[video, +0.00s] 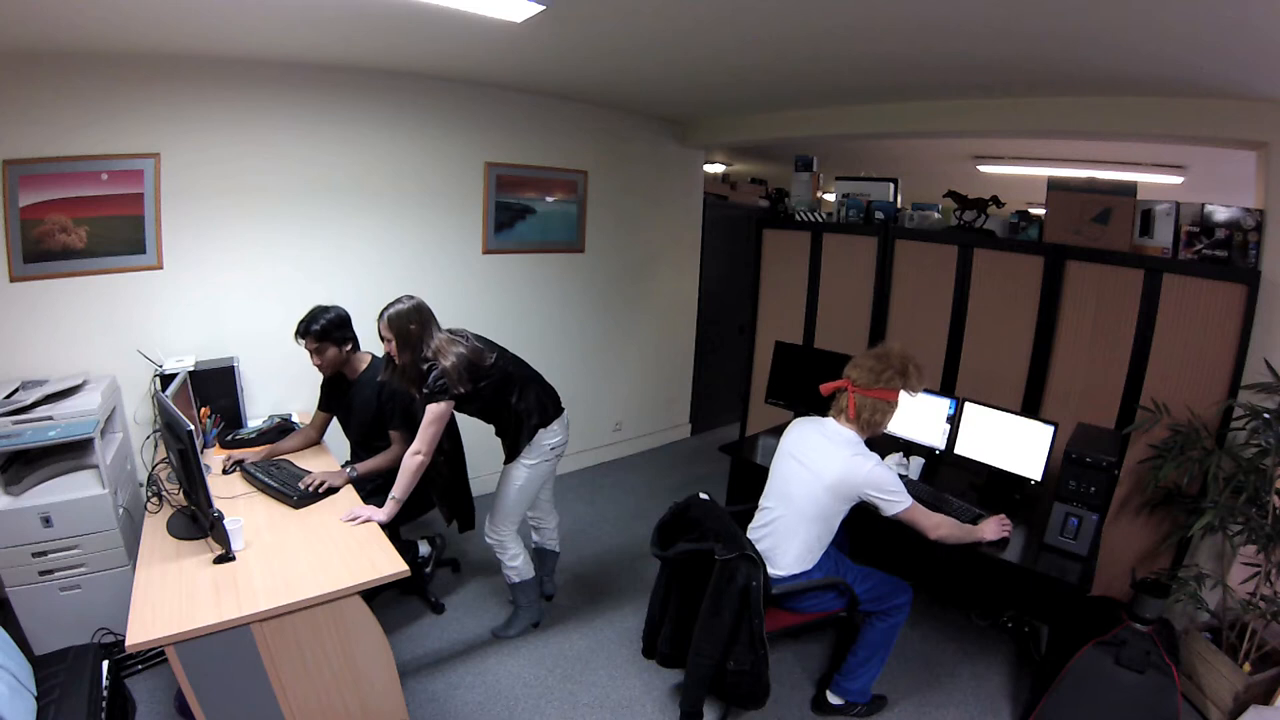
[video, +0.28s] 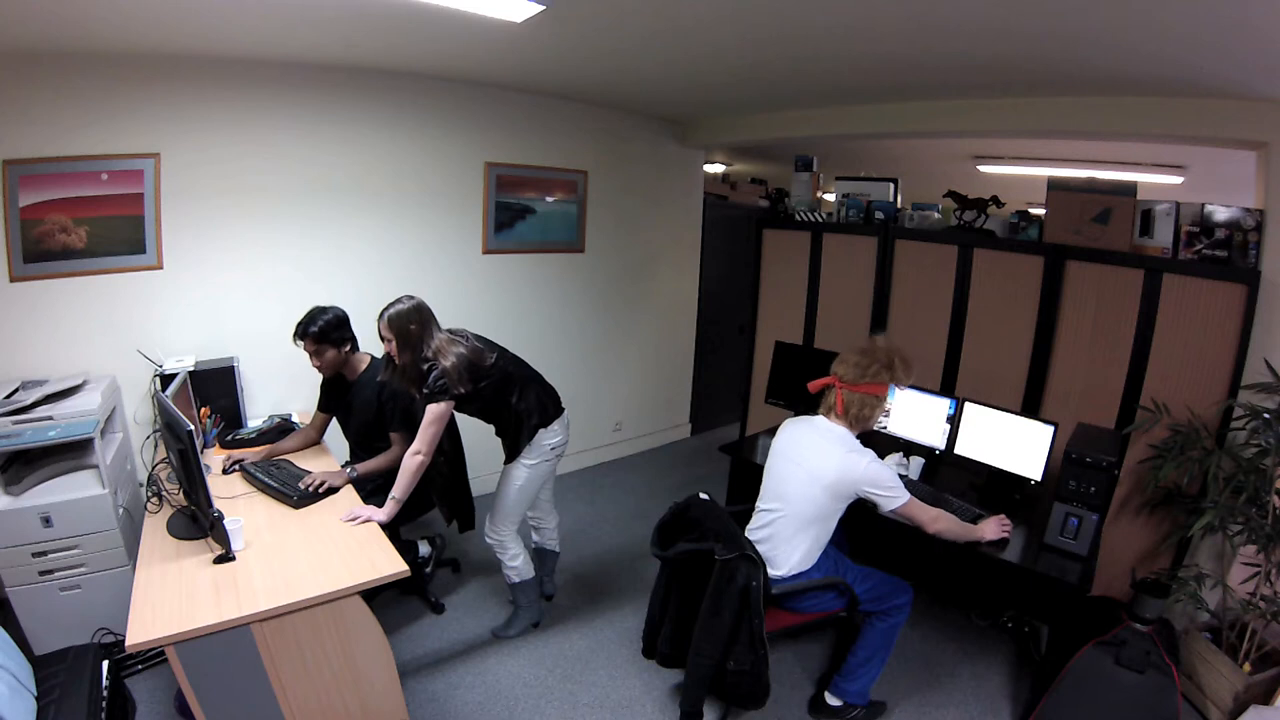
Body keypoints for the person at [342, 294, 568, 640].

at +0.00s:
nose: (386, 349)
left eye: (388, 340)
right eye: (384, 340)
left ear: (410, 337)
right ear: (420, 330)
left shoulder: (443, 369)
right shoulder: (450, 339)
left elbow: (420, 452)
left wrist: (387, 509)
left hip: (538, 434)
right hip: (547, 421)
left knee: (500, 530)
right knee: (541, 506)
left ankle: (528, 607)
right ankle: (546, 580)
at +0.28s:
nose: (386, 349)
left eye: (388, 341)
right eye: (384, 340)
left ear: (410, 338)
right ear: (420, 330)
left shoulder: (444, 369)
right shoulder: (450, 340)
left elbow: (420, 452)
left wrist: (388, 509)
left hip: (538, 434)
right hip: (547, 421)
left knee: (500, 530)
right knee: (541, 507)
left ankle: (528, 607)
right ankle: (546, 581)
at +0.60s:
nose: (386, 349)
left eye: (389, 341)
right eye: (384, 340)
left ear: (410, 338)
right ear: (420, 330)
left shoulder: (443, 369)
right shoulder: (451, 340)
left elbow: (420, 453)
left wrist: (388, 509)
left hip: (539, 433)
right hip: (548, 421)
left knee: (500, 530)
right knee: (541, 507)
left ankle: (528, 607)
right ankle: (546, 581)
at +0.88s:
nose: (386, 349)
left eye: (389, 341)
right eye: (384, 340)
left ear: (410, 338)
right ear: (420, 331)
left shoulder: (444, 369)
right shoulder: (451, 340)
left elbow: (420, 452)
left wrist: (388, 509)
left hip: (539, 433)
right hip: (547, 421)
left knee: (500, 530)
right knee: (542, 507)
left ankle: (528, 607)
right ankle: (546, 581)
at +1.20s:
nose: (386, 349)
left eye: (389, 341)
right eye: (384, 341)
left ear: (411, 338)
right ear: (420, 331)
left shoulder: (444, 369)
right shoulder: (450, 340)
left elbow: (420, 452)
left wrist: (388, 509)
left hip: (539, 433)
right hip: (547, 421)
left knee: (500, 530)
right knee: (541, 507)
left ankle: (528, 607)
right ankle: (546, 581)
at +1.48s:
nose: (387, 349)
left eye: (389, 341)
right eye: (384, 341)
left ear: (410, 338)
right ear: (420, 331)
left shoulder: (444, 369)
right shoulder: (450, 340)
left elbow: (420, 452)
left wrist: (388, 509)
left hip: (538, 433)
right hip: (547, 421)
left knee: (500, 530)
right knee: (541, 507)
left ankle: (528, 607)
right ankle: (546, 581)